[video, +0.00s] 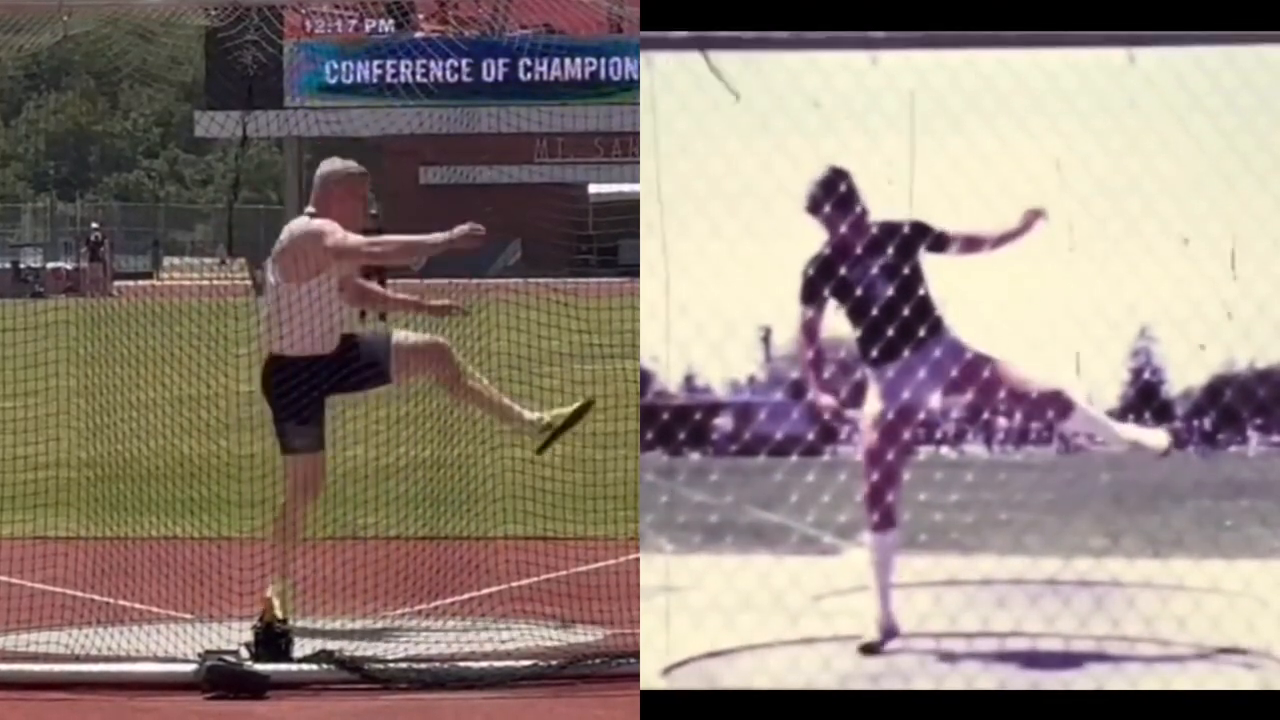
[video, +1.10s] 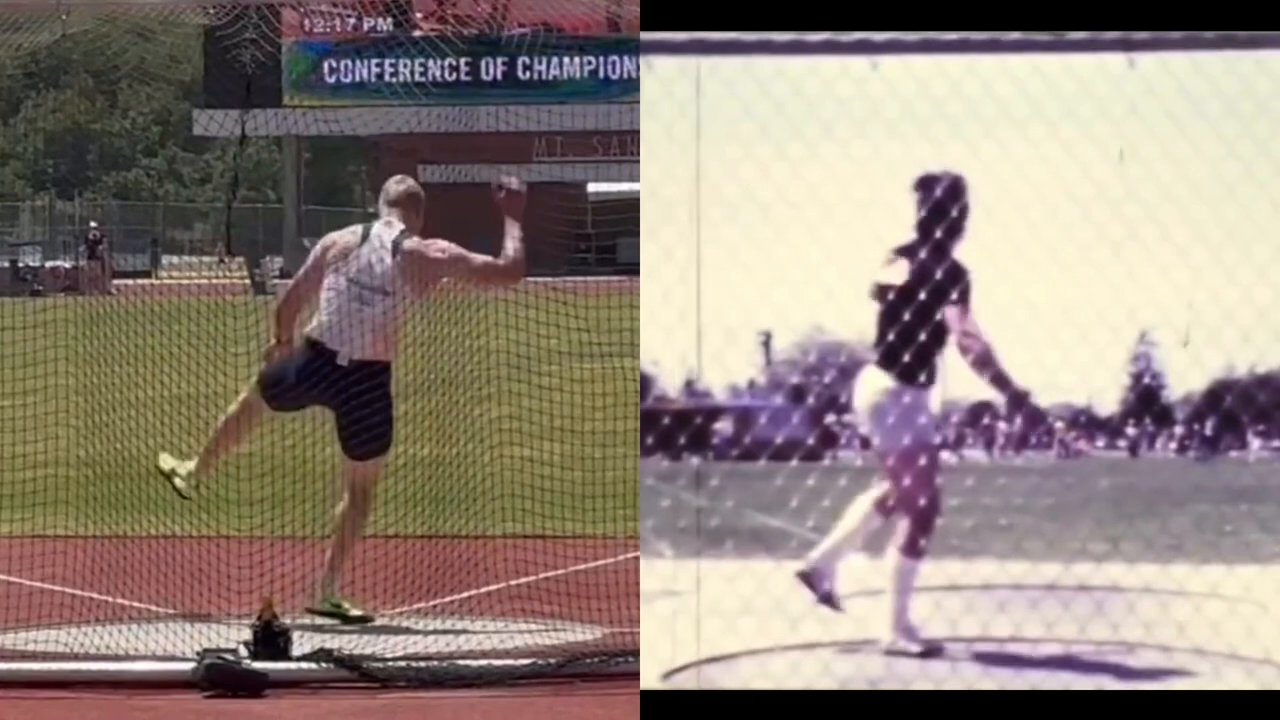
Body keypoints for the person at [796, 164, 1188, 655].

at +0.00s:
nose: (839, 228)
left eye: (843, 215)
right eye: (829, 221)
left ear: (858, 206)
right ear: (821, 222)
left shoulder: (900, 236)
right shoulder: (821, 271)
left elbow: (965, 244)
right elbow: (808, 337)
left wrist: (1016, 232)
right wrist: (816, 390)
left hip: (944, 358)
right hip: (890, 383)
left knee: (1048, 398)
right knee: (878, 489)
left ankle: (1129, 437)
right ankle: (884, 619)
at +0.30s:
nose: (865, 216)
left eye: (868, 205)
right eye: (854, 210)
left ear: (880, 204)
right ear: (839, 219)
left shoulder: (904, 246)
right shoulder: (833, 277)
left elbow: (957, 265)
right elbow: (820, 346)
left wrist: (1008, 242)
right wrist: (824, 396)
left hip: (938, 366)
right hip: (887, 390)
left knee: (1021, 403)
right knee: (887, 497)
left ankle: (1073, 452)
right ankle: (891, 618)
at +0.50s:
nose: (902, 223)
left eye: (901, 214)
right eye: (892, 217)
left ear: (900, 216)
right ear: (872, 227)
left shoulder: (910, 255)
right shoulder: (854, 285)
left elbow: (940, 282)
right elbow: (846, 357)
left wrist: (995, 260)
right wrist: (858, 418)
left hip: (935, 380)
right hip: (887, 400)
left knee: (1009, 421)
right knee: (893, 507)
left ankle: (1011, 475)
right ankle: (896, 626)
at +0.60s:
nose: (922, 228)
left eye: (920, 219)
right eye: (913, 221)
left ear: (912, 222)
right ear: (889, 227)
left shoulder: (915, 262)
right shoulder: (867, 276)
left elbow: (938, 281)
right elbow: (866, 353)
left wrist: (989, 261)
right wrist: (874, 420)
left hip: (932, 385)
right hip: (889, 398)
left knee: (1006, 435)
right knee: (897, 507)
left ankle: (975, 499)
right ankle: (897, 623)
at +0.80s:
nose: (938, 217)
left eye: (936, 208)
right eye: (931, 209)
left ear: (907, 214)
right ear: (912, 216)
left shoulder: (917, 261)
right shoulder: (888, 269)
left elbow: (933, 277)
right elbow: (888, 325)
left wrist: (972, 263)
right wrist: (900, 353)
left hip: (922, 382)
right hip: (885, 390)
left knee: (979, 444)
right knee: (903, 506)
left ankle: (922, 520)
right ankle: (897, 619)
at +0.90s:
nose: (950, 218)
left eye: (947, 209)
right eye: (948, 209)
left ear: (907, 209)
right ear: (939, 212)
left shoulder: (906, 251)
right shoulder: (914, 267)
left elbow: (925, 271)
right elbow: (917, 343)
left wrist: (965, 268)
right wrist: (946, 391)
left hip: (911, 384)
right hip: (890, 390)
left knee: (956, 465)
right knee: (911, 504)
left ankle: (877, 538)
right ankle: (897, 622)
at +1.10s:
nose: (967, 222)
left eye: (963, 212)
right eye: (964, 213)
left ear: (922, 212)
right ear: (957, 216)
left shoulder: (898, 259)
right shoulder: (948, 271)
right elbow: (966, 339)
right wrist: (1011, 391)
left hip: (875, 382)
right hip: (902, 392)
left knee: (897, 487)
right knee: (923, 507)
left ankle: (820, 564)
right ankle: (900, 624)